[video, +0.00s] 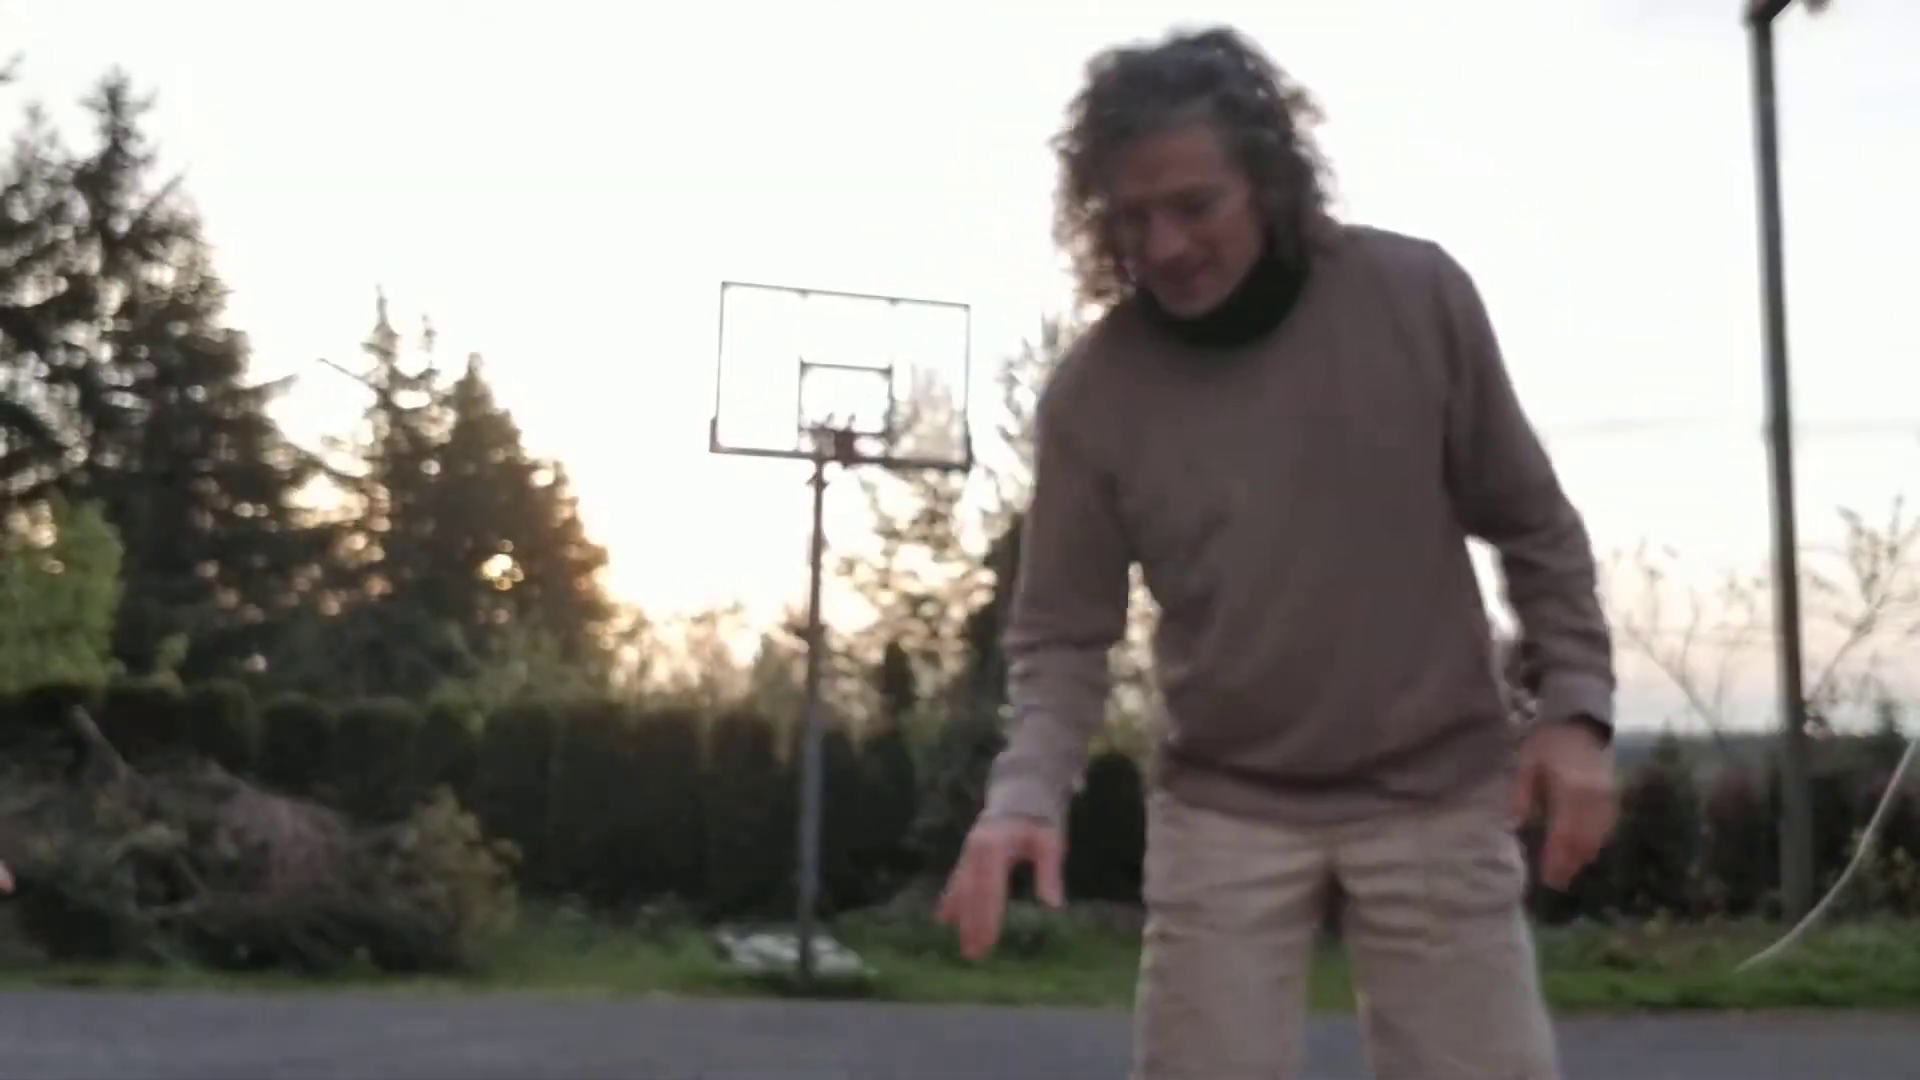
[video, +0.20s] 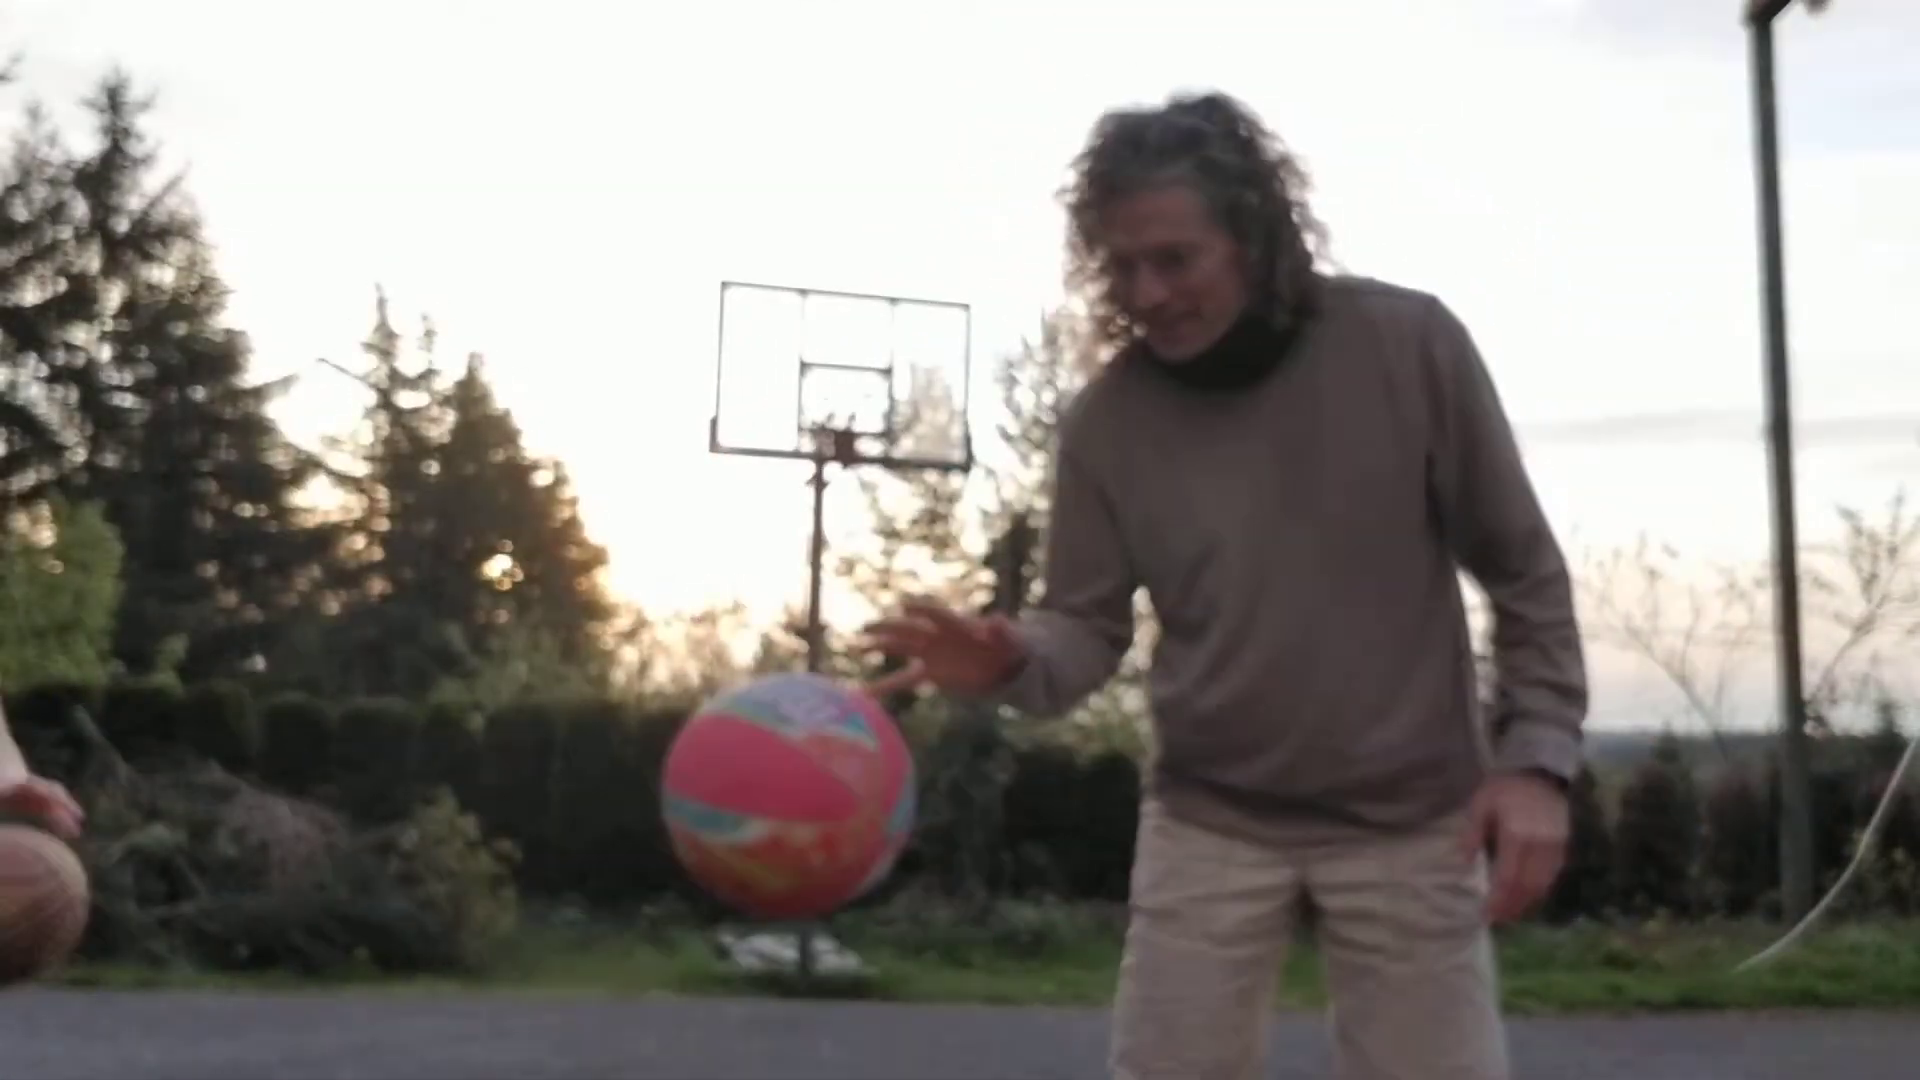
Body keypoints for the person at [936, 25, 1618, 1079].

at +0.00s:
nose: (1166, 246)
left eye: (1196, 206)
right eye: (1132, 216)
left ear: (1270, 181)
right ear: (1101, 216)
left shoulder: (1415, 299)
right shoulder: (1094, 395)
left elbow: (1535, 526)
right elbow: (1059, 638)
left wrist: (1575, 713)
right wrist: (1025, 802)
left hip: (1438, 800)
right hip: (1225, 813)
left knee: (1491, 1065)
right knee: (1202, 1065)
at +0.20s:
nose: (1148, 293)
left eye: (1175, 259)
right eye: (1123, 266)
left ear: (1253, 238)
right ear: (1102, 267)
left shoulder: (1409, 348)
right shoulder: (1106, 425)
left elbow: (1527, 575)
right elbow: (1083, 630)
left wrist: (1536, 763)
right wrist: (1006, 659)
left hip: (1408, 827)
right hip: (1206, 830)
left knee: (1441, 1067)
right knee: (1165, 1066)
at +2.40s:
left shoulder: (1390, 37)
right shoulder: (952, 152)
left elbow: (1477, 359)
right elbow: (904, 494)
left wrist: (1600, 577)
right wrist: (903, 616)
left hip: (1421, 732)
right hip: (1121, 748)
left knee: (1522, 1058)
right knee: (1108, 1058)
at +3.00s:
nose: (1126, 5)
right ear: (1014, 3)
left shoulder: (1330, 121)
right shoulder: (963, 256)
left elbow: (1419, 393)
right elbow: (885, 616)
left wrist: (1532, 581)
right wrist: (920, 900)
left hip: (1349, 750)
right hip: (1088, 767)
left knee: (1435, 1060)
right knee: (1069, 1056)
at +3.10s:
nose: (1128, 33)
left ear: (1222, 5)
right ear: (1010, 18)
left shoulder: (1316, 155)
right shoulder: (955, 279)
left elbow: (1393, 415)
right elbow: (875, 615)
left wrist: (1498, 605)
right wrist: (946, 798)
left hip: (1324, 759)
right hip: (1080, 773)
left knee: (1393, 1064)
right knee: (1074, 1061)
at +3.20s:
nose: (1112, 61)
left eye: (1152, 18)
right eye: (1066, 21)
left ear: (1207, 33)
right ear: (1007, 44)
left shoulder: (1295, 188)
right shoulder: (944, 297)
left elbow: (1369, 440)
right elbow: (872, 569)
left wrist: (1468, 638)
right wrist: (934, 623)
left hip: (1294, 774)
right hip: (1054, 784)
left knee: (1359, 1065)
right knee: (1061, 1069)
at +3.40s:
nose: (1100, 128)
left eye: (1134, 90)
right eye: (1061, 91)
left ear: (1182, 106)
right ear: (1005, 112)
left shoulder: (1259, 259)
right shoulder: (938, 328)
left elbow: (1315, 491)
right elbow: (846, 617)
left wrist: (1404, 675)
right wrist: (977, 496)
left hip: (1236, 785)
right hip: (1019, 794)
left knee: (1283, 1066)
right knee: (985, 1067)